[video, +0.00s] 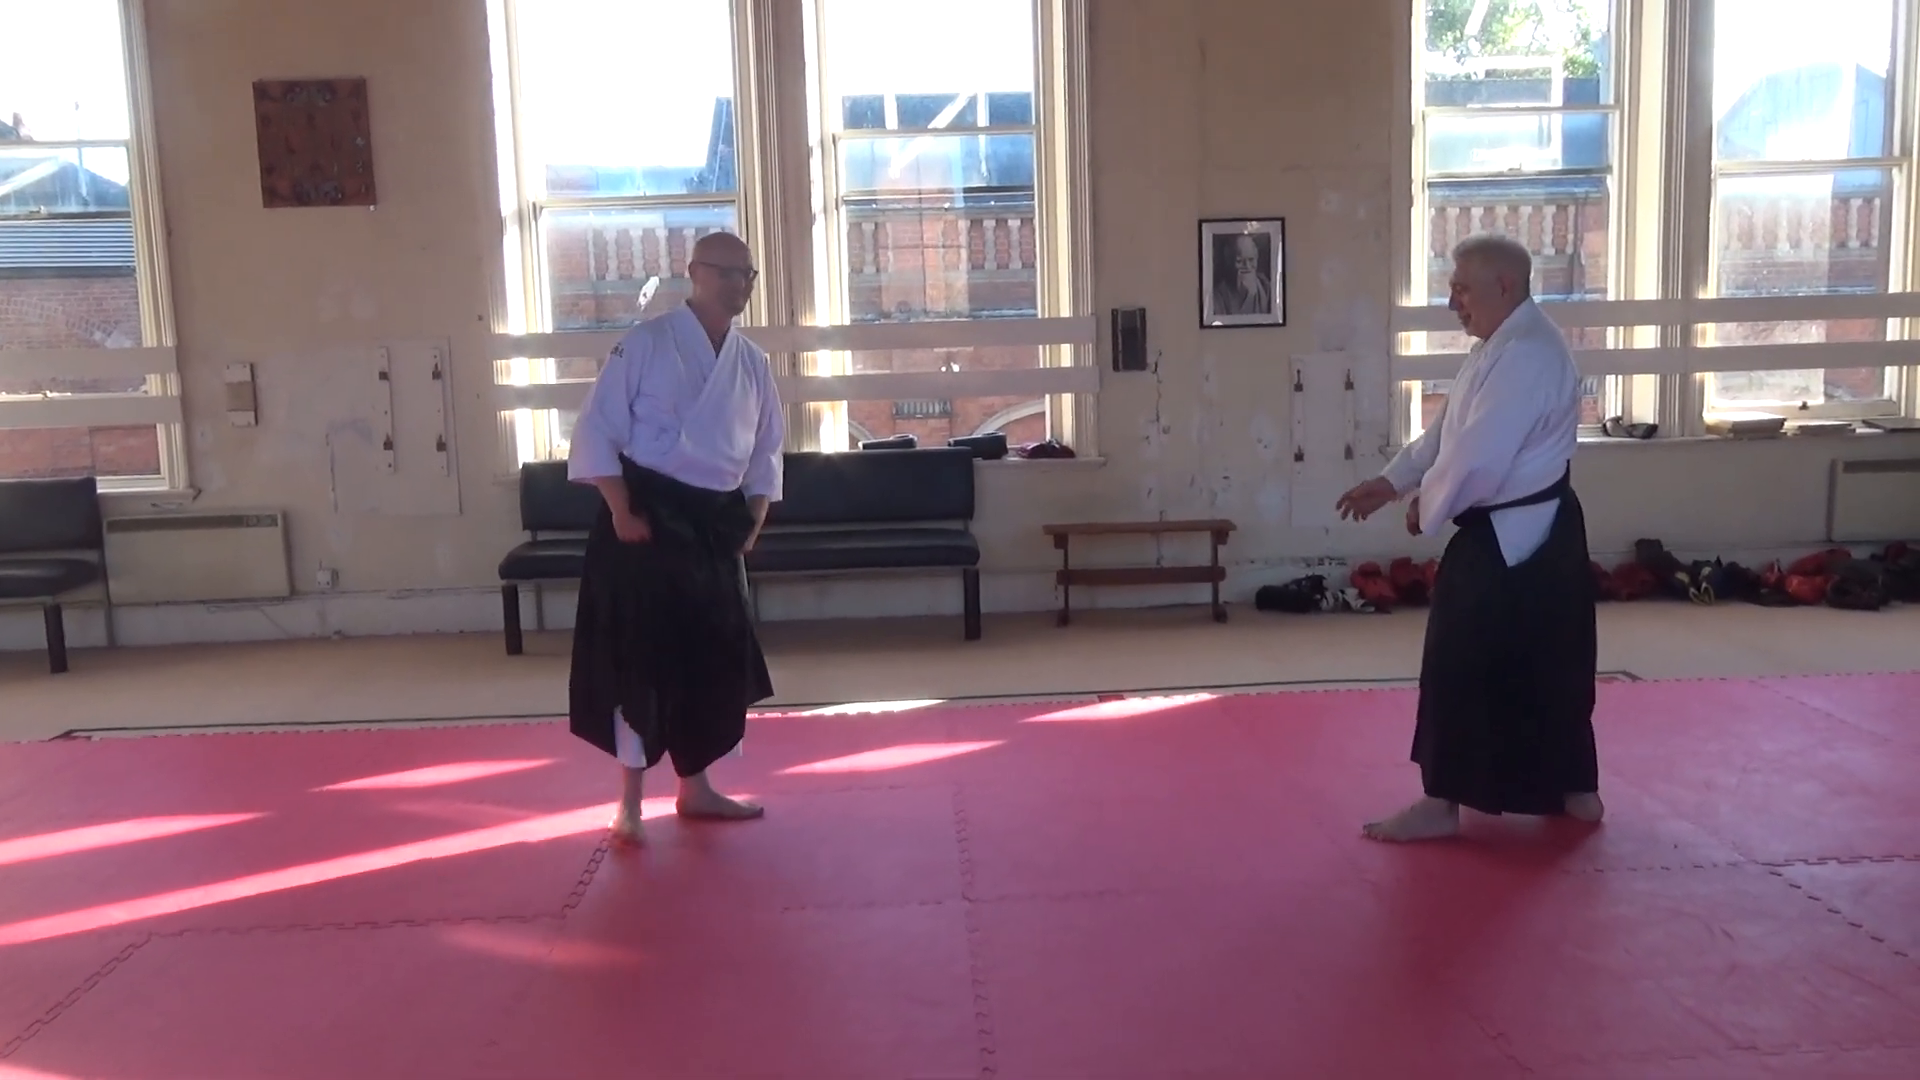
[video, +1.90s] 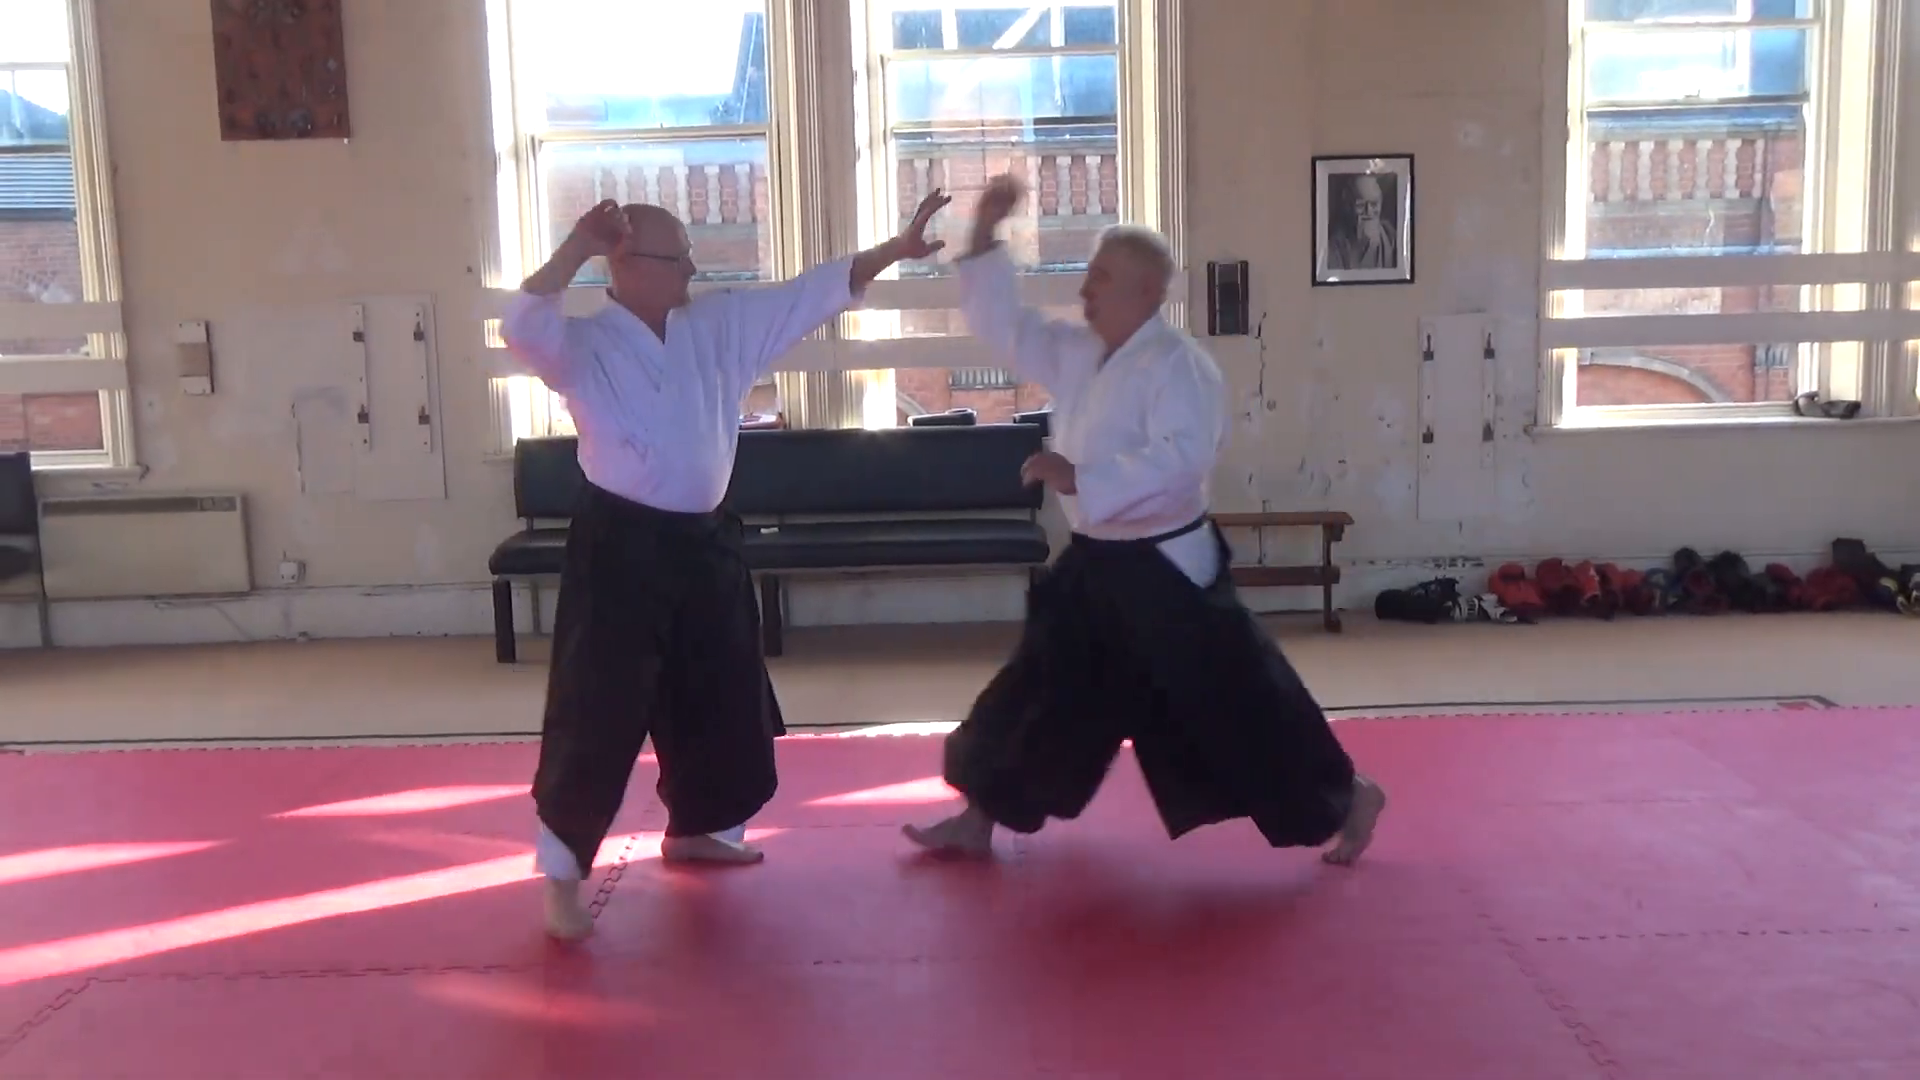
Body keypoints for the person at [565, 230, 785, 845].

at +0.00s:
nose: (743, 284)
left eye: (749, 274)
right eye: (730, 272)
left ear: (752, 280)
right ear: (695, 273)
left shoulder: (753, 363)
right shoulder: (646, 342)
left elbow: (767, 449)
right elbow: (595, 429)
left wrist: (754, 518)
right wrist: (620, 507)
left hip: (716, 519)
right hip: (645, 510)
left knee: (711, 652)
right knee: (640, 652)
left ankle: (695, 787)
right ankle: (630, 799)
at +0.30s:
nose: (697, 245)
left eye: (702, 234)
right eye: (683, 232)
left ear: (699, 241)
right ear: (639, 232)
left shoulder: (703, 335)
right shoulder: (575, 313)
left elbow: (721, 431)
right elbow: (526, 421)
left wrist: (700, 508)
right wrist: (576, 501)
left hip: (656, 517)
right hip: (568, 509)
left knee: (649, 673)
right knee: (550, 665)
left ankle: (651, 830)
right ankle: (503, 804)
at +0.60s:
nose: (587, 206)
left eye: (589, 193)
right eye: (569, 190)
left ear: (579, 204)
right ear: (517, 195)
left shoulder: (596, 303)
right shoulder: (453, 294)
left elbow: (633, 419)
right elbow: (411, 428)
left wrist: (614, 516)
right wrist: (469, 522)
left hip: (565, 526)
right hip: (458, 523)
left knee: (608, 691)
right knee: (449, 695)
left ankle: (615, 871)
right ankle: (415, 845)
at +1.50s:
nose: (604, 255)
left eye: (602, 242)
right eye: (580, 240)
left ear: (600, 253)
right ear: (544, 248)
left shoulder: (634, 336)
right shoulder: (504, 341)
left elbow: (697, 415)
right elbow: (457, 445)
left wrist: (745, 498)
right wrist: (503, 536)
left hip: (625, 536)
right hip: (534, 537)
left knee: (656, 683)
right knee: (522, 683)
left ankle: (664, 837)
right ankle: (510, 812)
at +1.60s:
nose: (640, 266)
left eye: (641, 254)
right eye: (627, 254)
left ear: (633, 259)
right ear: (581, 257)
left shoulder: (668, 337)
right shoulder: (534, 343)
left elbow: (747, 383)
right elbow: (456, 428)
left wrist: (817, 432)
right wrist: (512, 446)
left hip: (653, 531)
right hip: (566, 531)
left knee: (669, 680)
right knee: (554, 680)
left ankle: (673, 832)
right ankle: (516, 797)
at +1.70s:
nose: (658, 266)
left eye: (658, 254)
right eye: (644, 255)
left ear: (650, 259)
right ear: (595, 259)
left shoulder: (688, 332)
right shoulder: (553, 337)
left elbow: (773, 338)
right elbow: (464, 372)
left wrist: (861, 347)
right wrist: (523, 347)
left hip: (676, 532)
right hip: (588, 532)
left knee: (686, 684)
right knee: (555, 682)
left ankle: (676, 830)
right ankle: (514, 805)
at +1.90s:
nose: (690, 267)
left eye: (688, 256)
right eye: (675, 256)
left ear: (676, 266)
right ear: (624, 266)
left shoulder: (720, 325)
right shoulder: (586, 339)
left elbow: (809, 293)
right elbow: (523, 330)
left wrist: (895, 250)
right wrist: (573, 252)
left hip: (705, 540)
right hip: (619, 540)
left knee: (719, 688)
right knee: (599, 701)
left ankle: (697, 827)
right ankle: (563, 865)